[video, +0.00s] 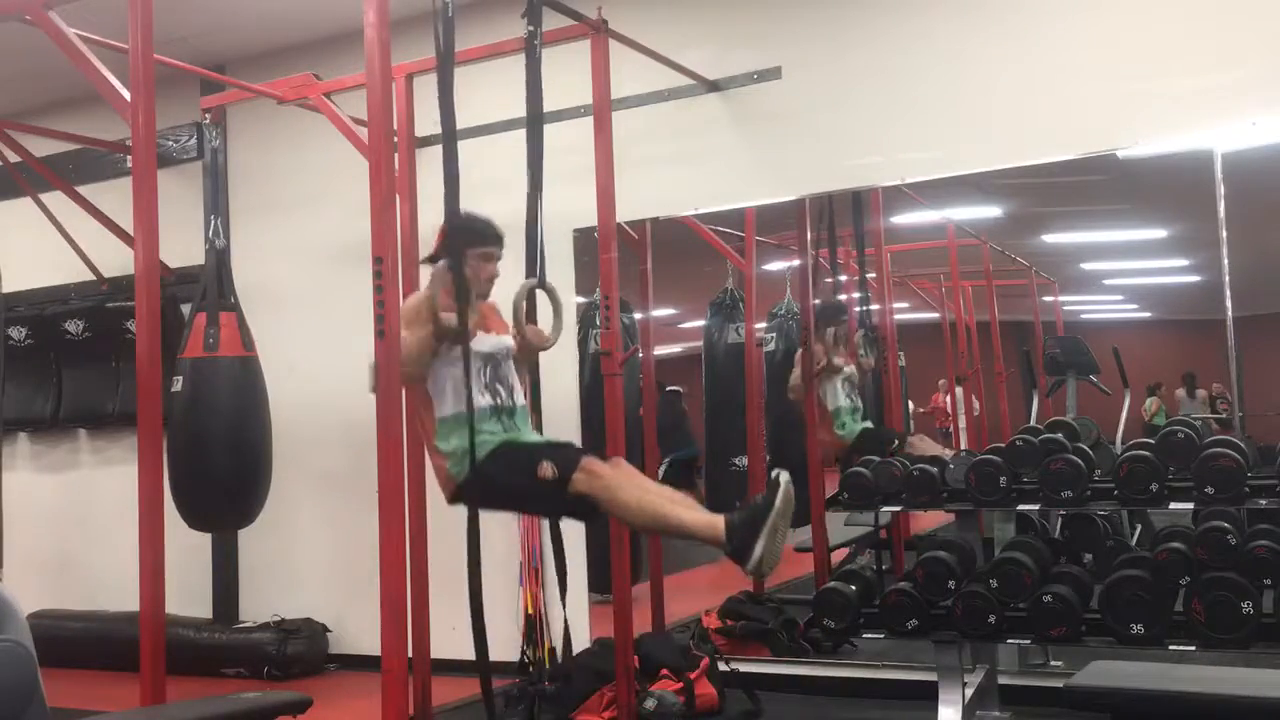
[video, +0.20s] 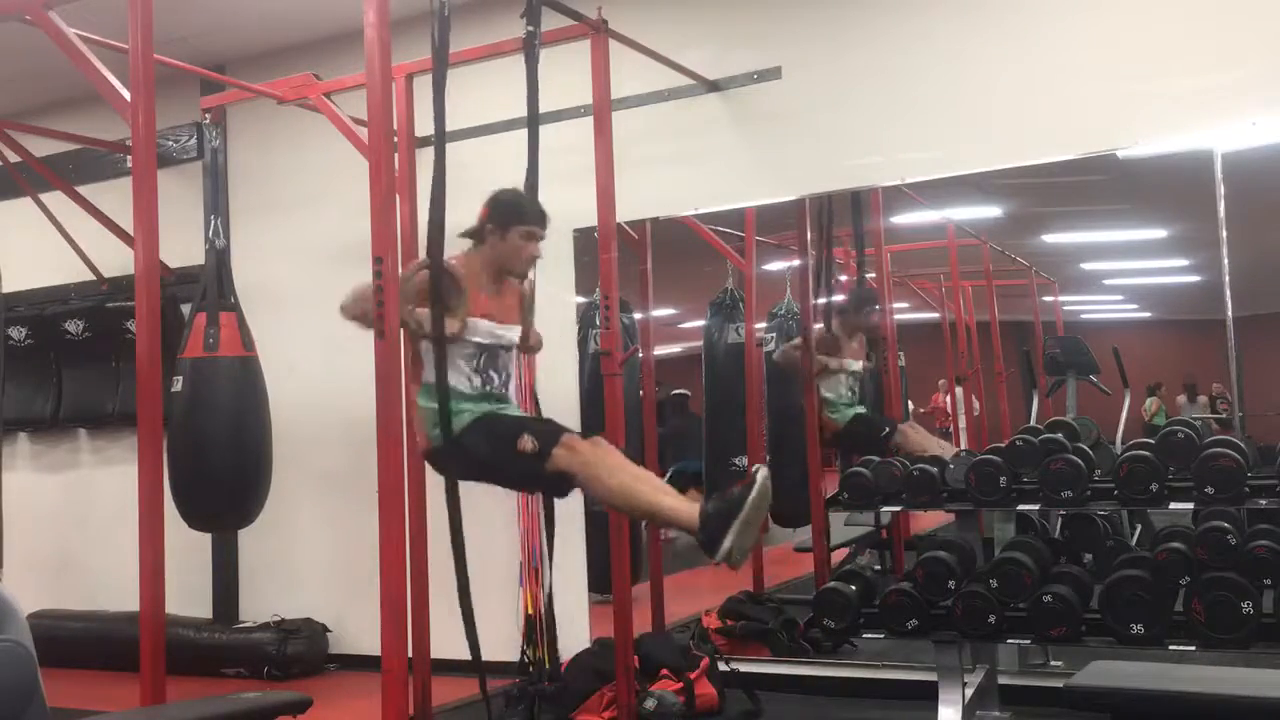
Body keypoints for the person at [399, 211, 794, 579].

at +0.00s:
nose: (494, 271)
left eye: (497, 261)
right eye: (483, 261)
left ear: (494, 262)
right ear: (452, 262)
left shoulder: (489, 311)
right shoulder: (422, 307)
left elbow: (518, 385)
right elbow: (401, 369)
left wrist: (530, 354)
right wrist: (440, 333)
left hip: (514, 445)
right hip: (472, 458)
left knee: (618, 470)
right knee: (592, 475)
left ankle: (740, 539)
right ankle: (728, 533)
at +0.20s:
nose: (538, 251)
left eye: (540, 240)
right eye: (530, 238)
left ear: (519, 240)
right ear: (492, 233)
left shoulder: (518, 290)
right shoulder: (443, 277)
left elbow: (520, 334)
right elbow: (354, 304)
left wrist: (529, 340)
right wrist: (421, 321)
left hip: (500, 418)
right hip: (451, 424)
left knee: (600, 448)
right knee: (580, 455)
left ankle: (707, 523)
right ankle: (705, 523)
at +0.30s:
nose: (558, 257)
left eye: (561, 246)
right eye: (549, 245)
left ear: (548, 246)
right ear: (513, 239)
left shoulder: (534, 286)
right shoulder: (463, 272)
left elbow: (534, 327)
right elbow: (367, 277)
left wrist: (539, 338)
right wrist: (418, 314)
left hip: (491, 415)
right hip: (442, 416)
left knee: (585, 452)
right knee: (563, 457)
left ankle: (684, 534)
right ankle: (681, 538)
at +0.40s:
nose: (576, 265)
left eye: (580, 255)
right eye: (568, 252)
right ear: (532, 247)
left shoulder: (546, 298)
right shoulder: (480, 274)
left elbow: (545, 334)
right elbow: (404, 267)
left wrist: (547, 342)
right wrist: (426, 318)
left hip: (487, 411)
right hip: (438, 411)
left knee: (573, 471)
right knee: (549, 475)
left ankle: (659, 572)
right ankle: (652, 577)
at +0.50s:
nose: (592, 269)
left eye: (594, 257)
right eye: (583, 256)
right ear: (547, 253)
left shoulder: (559, 296)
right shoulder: (492, 276)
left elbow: (549, 323)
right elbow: (408, 243)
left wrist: (554, 338)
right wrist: (422, 312)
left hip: (492, 416)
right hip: (439, 414)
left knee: (562, 494)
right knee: (532, 499)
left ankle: (621, 622)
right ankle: (617, 622)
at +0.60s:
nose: (603, 266)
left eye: (605, 255)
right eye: (593, 253)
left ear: (568, 257)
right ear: (557, 254)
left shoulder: (572, 301)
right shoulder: (503, 279)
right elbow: (422, 236)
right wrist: (416, 303)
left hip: (498, 421)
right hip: (442, 415)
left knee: (548, 519)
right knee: (518, 520)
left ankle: (584, 653)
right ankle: (570, 656)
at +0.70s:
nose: (608, 258)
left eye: (610, 247)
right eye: (599, 246)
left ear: (584, 252)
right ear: (563, 246)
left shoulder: (579, 292)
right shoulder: (508, 275)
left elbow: (551, 333)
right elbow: (430, 232)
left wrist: (563, 340)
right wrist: (413, 305)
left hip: (502, 417)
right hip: (448, 409)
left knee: (535, 525)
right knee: (503, 527)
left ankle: (549, 667)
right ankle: (529, 675)